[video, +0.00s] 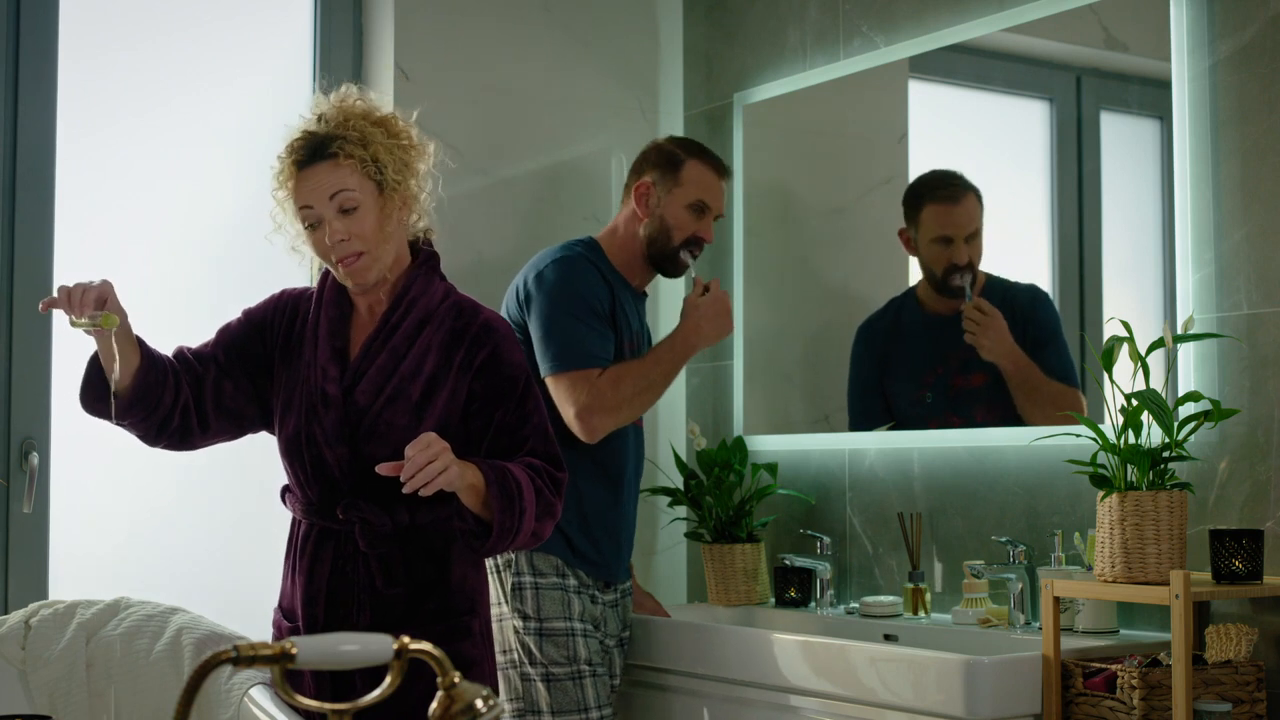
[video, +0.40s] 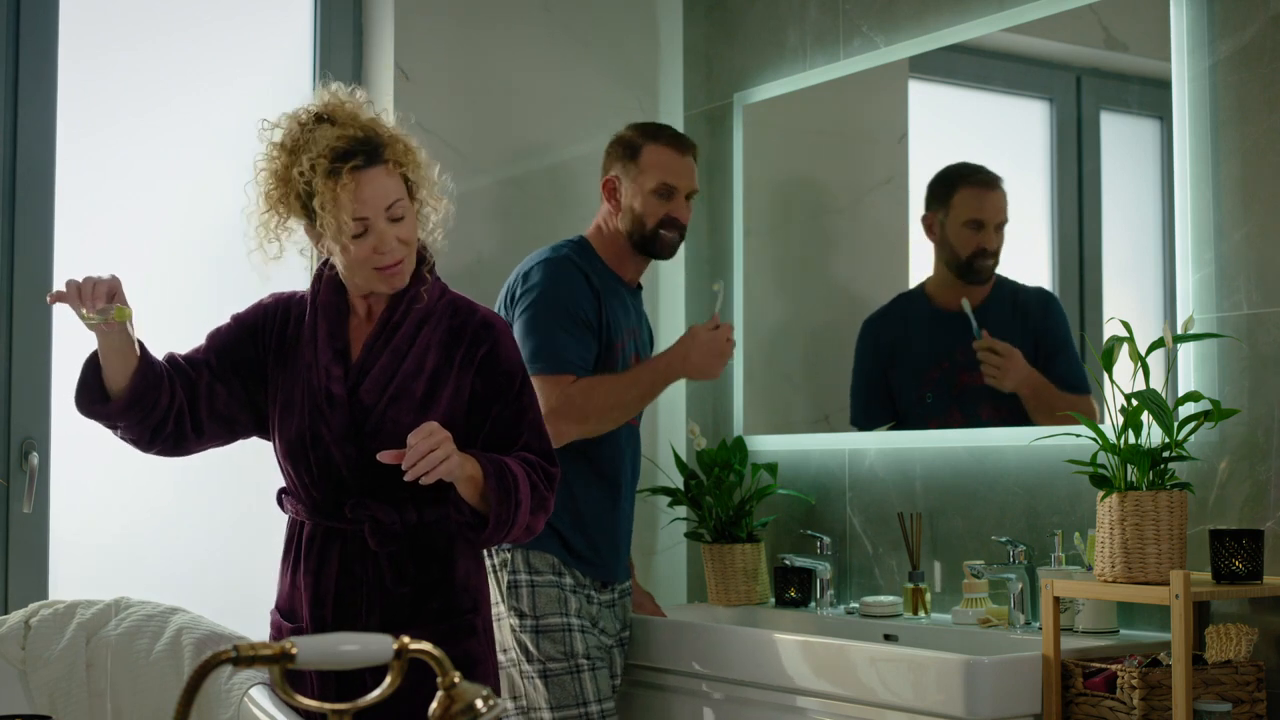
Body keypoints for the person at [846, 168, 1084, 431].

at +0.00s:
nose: (961, 257)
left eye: (972, 238)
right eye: (944, 243)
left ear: (981, 231)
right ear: (910, 243)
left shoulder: (1029, 309)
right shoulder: (877, 336)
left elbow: (1068, 425)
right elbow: (869, 452)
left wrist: (1008, 354)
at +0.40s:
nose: (991, 244)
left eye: (999, 228)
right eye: (974, 227)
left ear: (1006, 227)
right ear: (932, 227)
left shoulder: (1039, 311)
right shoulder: (884, 330)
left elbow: (1082, 423)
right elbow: (871, 449)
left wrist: (1026, 381)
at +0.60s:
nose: (1019, 239)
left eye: (1023, 225)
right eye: (1004, 223)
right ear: (955, 223)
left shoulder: (1053, 313)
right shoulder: (898, 328)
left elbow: (1102, 419)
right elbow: (880, 446)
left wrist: (1061, 404)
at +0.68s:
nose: (1033, 236)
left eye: (1036, 222)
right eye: (1018, 220)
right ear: (968, 223)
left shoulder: (1063, 314)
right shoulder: (905, 326)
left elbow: (1111, 419)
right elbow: (885, 443)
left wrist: (1079, 410)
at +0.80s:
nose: (1061, 234)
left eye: (1061, 219)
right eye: (1047, 217)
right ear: (995, 222)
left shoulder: (1077, 314)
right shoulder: (920, 323)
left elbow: (1119, 415)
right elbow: (901, 442)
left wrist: (1107, 417)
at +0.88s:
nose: (1083, 234)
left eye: (1082, 219)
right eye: (1070, 218)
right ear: (1020, 221)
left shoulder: (1088, 313)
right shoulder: (933, 324)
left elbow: (1128, 415)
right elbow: (911, 451)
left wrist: (1114, 415)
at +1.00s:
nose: (1114, 235)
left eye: (1110, 220)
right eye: (1102, 220)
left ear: (1054, 225)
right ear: (1054, 224)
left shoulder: (1105, 313)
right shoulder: (959, 323)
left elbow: (1138, 418)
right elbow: (924, 448)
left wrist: (1125, 419)